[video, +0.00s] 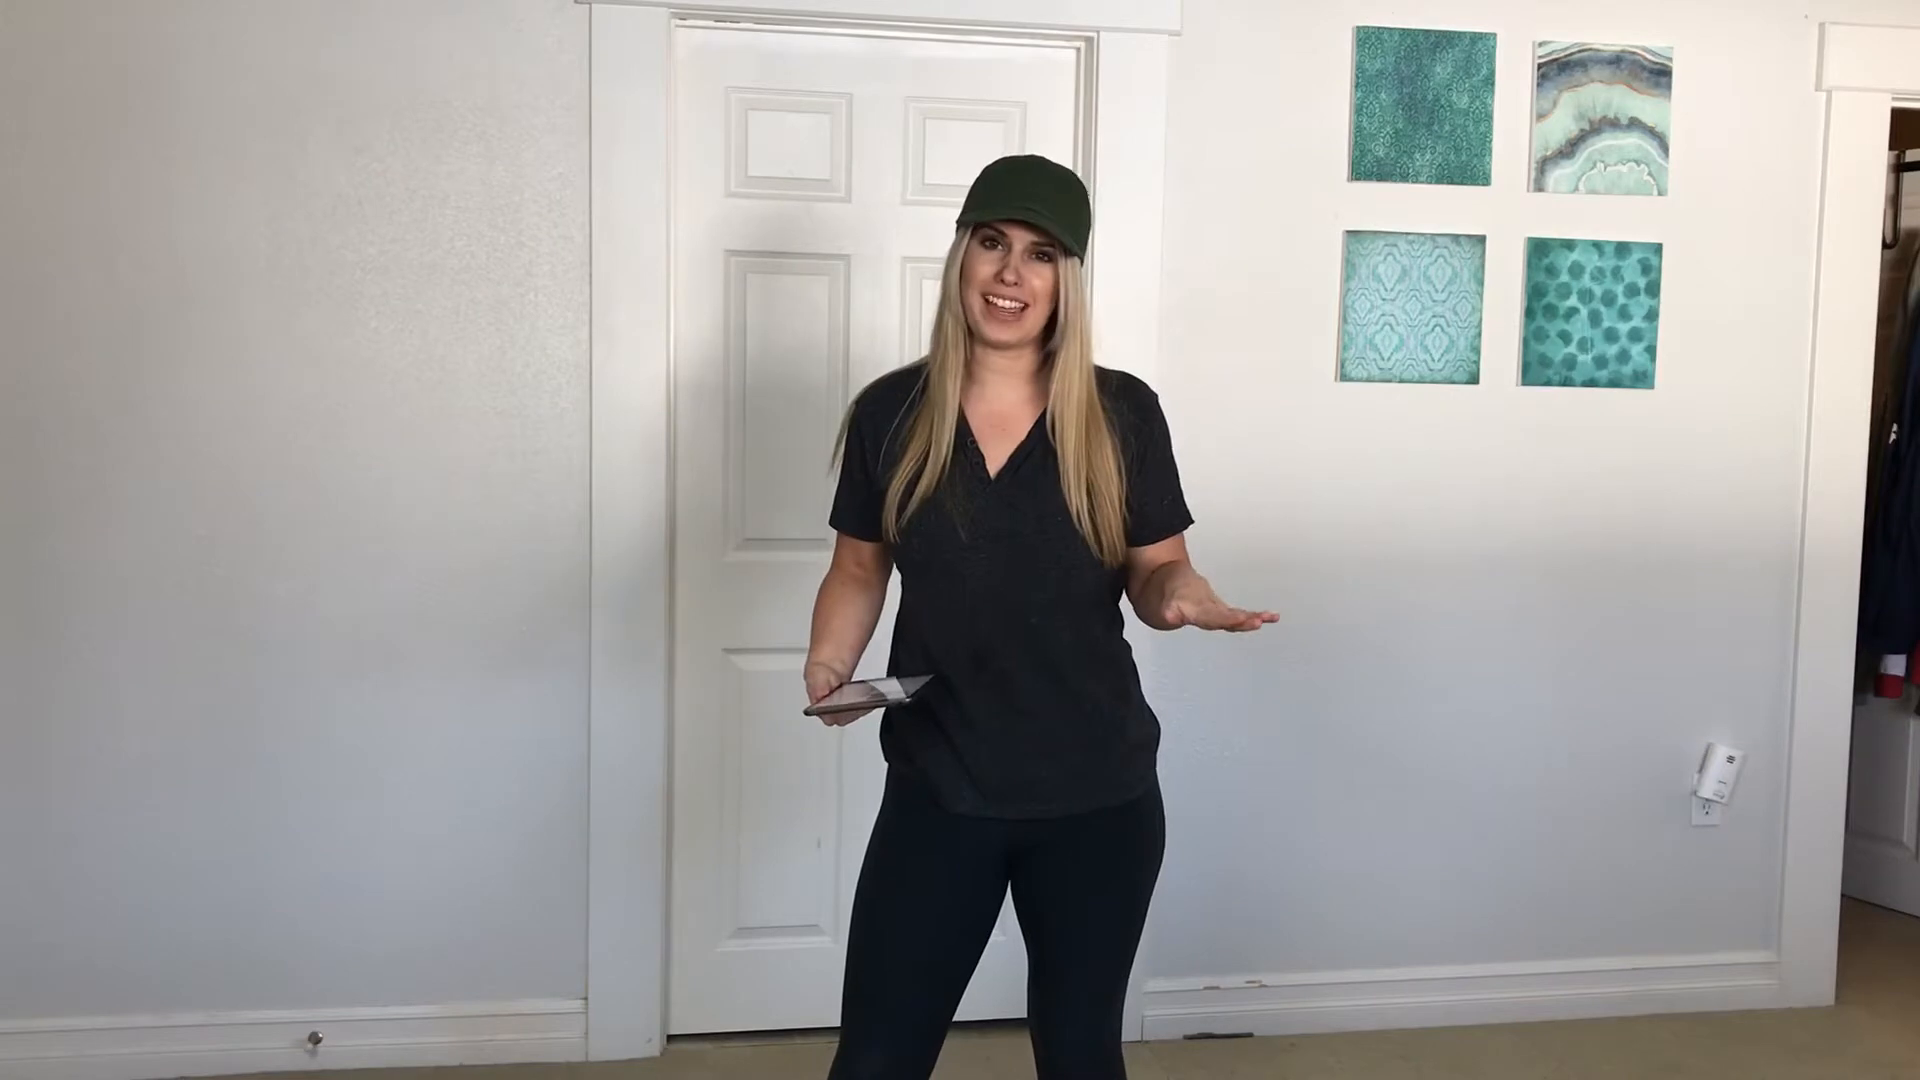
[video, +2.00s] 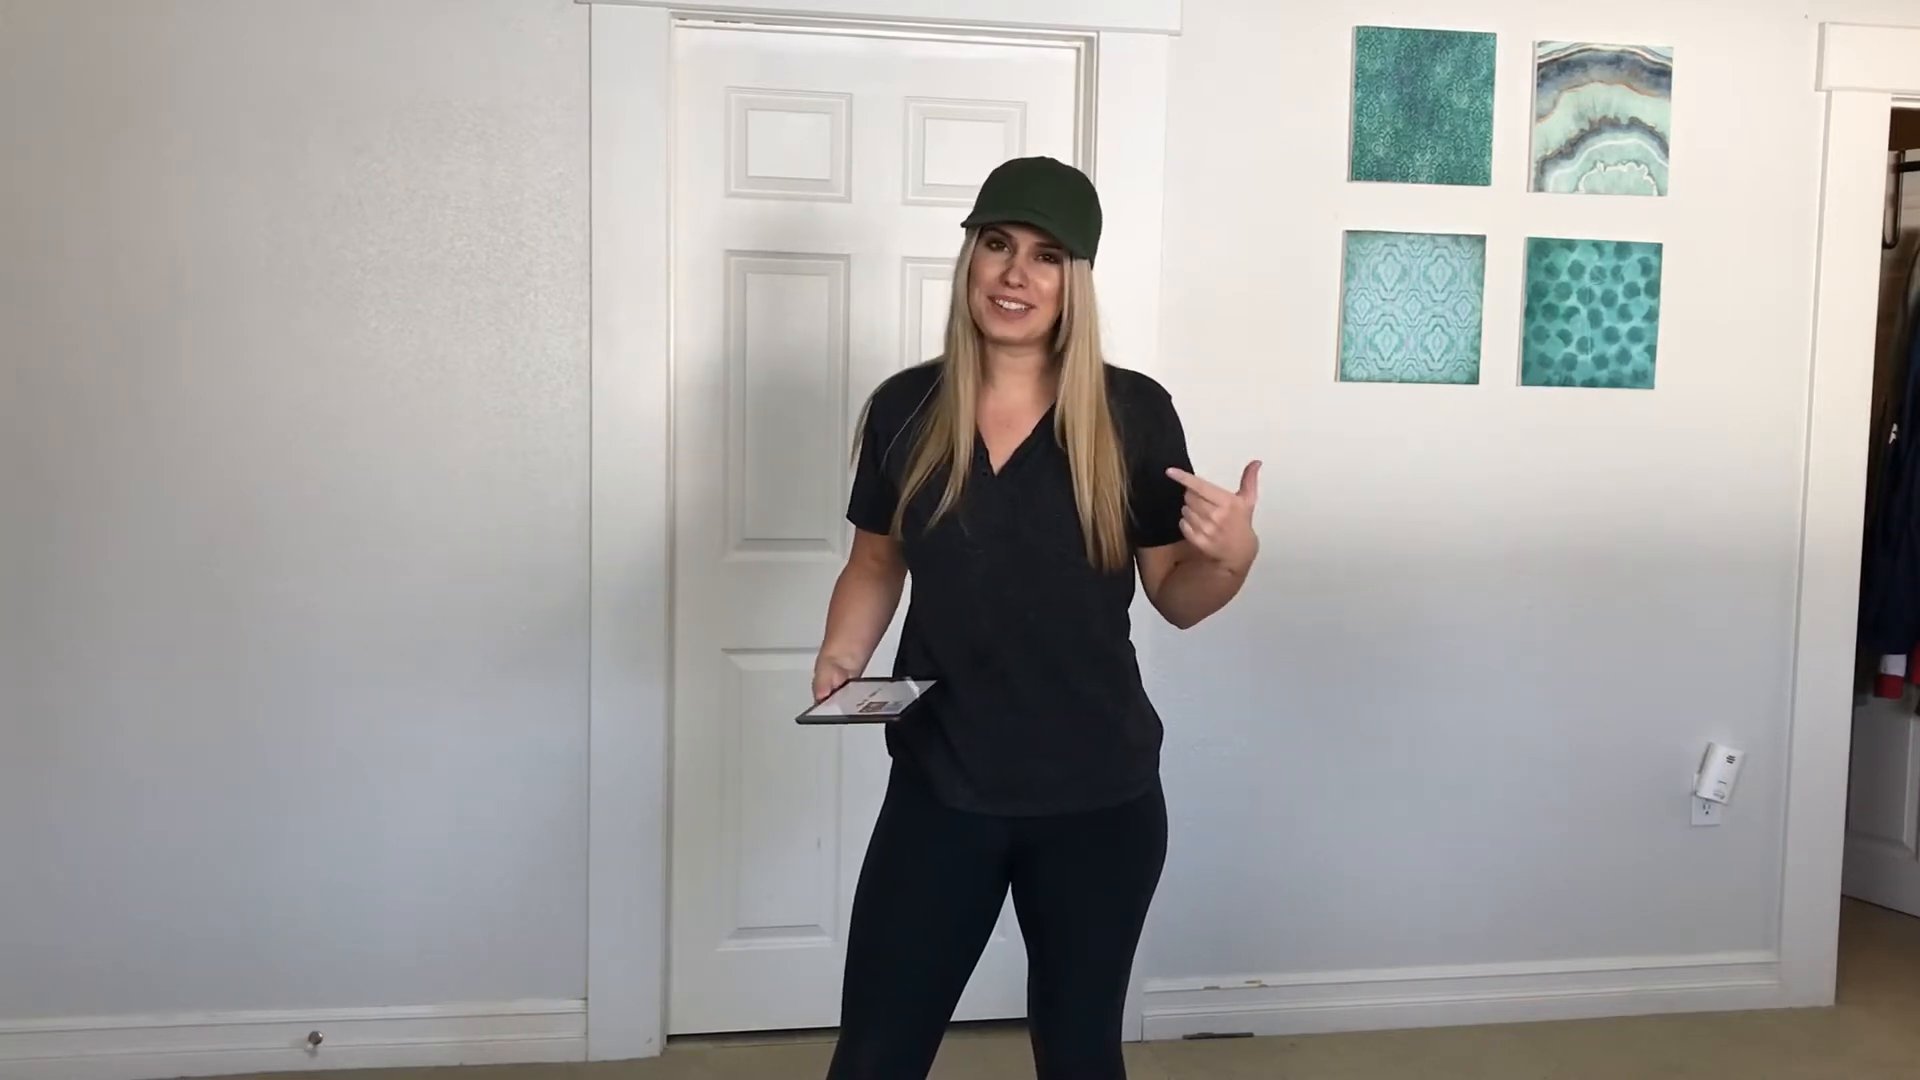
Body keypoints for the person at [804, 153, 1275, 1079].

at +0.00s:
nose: (1011, 273)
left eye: (1039, 255)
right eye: (993, 245)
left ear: (1069, 280)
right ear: (959, 259)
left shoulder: (1119, 409)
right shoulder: (892, 412)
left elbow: (1158, 567)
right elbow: (856, 569)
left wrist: (1186, 599)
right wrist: (829, 664)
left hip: (1095, 792)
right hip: (941, 787)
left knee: (1079, 1055)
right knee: (876, 1058)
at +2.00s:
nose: (1015, 272)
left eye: (1044, 256)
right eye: (998, 246)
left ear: (1076, 281)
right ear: (967, 261)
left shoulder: (1132, 411)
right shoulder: (907, 408)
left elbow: (1178, 598)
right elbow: (875, 562)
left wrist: (1229, 559)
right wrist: (840, 658)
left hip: (1096, 792)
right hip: (943, 786)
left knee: (1078, 1055)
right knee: (875, 1056)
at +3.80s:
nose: (1006, 255)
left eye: (1037, 241)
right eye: (992, 230)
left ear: (1070, 277)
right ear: (964, 249)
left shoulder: (1122, 405)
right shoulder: (902, 416)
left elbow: (1187, 584)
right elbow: (882, 572)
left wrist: (1221, 538)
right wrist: (835, 652)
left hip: (1097, 800)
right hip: (942, 798)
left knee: (1079, 1058)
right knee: (875, 1060)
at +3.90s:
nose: (1003, 260)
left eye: (1034, 245)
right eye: (990, 235)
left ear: (1069, 276)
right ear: (964, 252)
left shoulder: (1125, 406)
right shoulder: (908, 415)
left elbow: (1194, 584)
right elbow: (893, 566)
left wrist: (1224, 539)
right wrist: (837, 643)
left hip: (1094, 799)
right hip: (940, 796)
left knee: (1077, 1056)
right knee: (876, 1059)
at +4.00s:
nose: (1000, 263)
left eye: (1031, 247)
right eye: (987, 238)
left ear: (1068, 276)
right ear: (963, 254)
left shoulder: (1127, 407)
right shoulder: (914, 414)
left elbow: (1192, 591)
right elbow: (899, 567)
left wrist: (1220, 546)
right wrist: (835, 641)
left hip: (1093, 801)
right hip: (941, 797)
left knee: (1077, 1057)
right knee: (875, 1059)